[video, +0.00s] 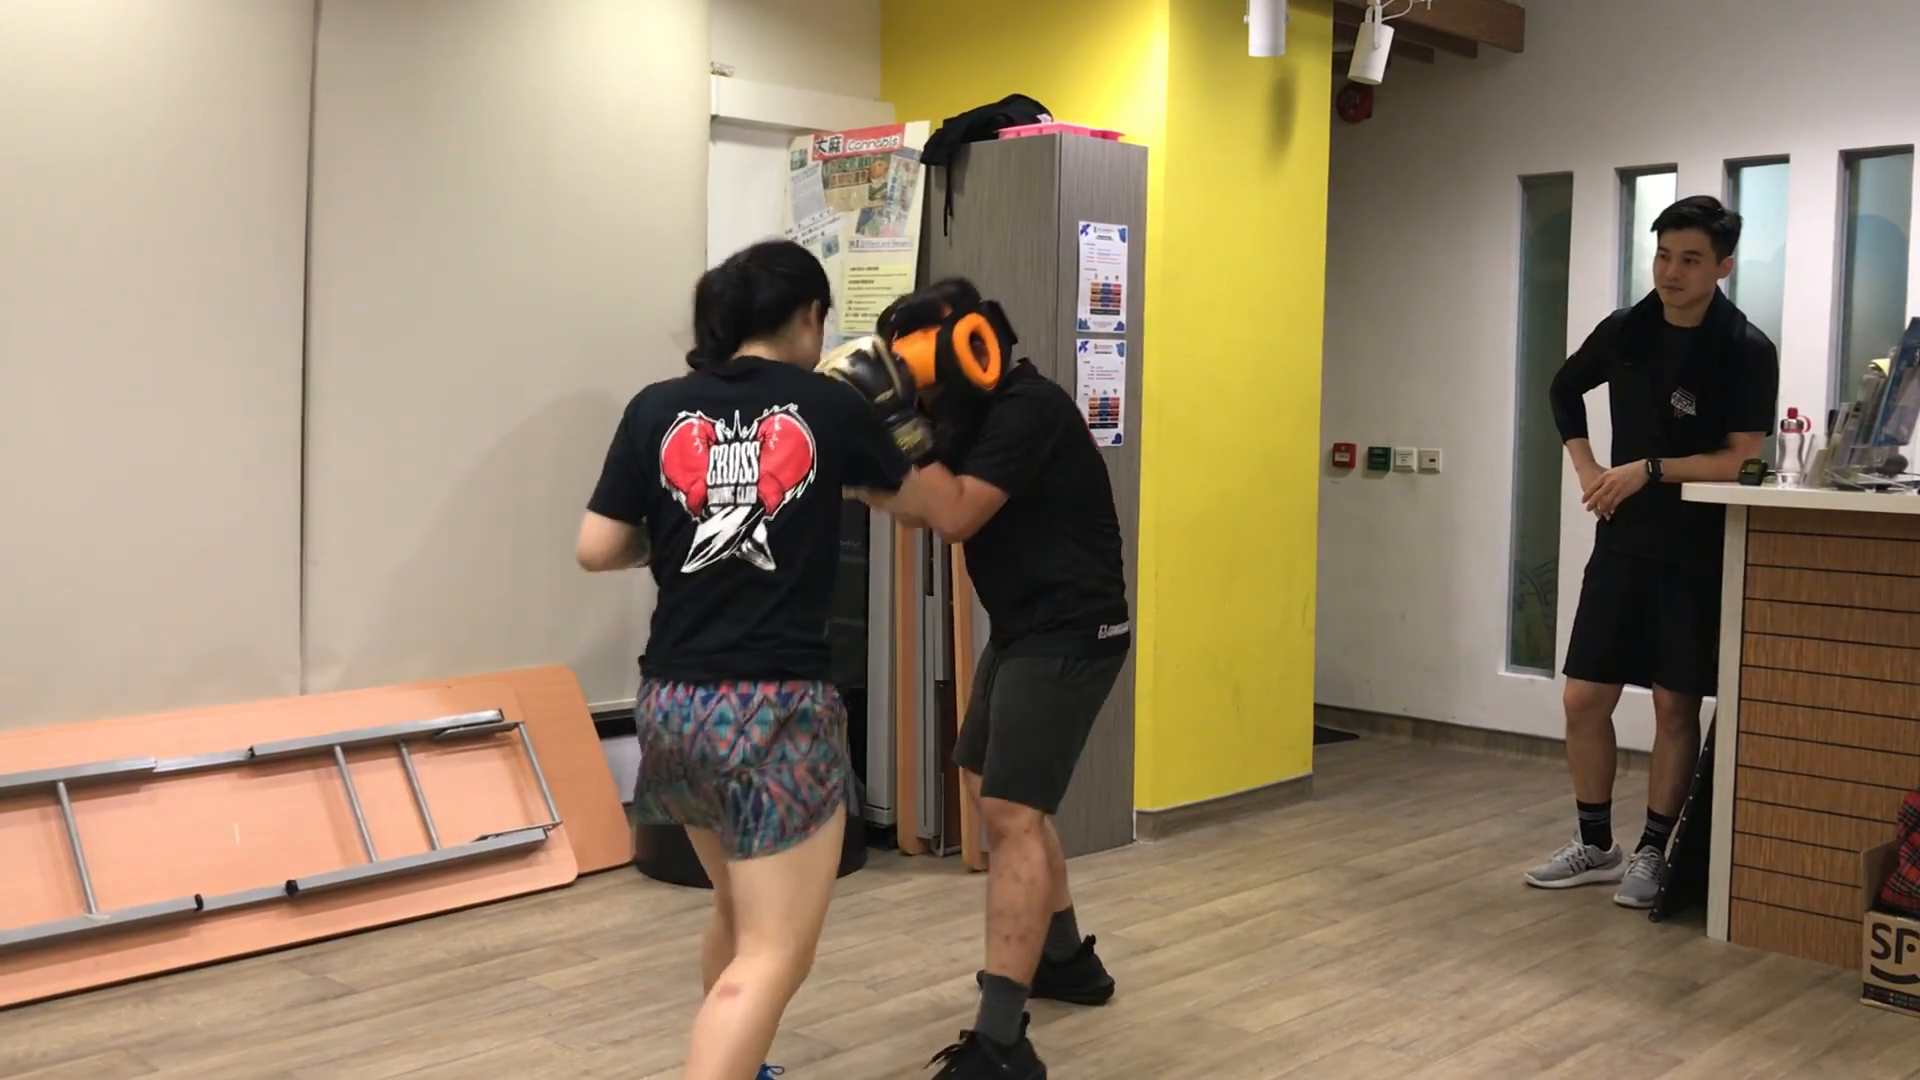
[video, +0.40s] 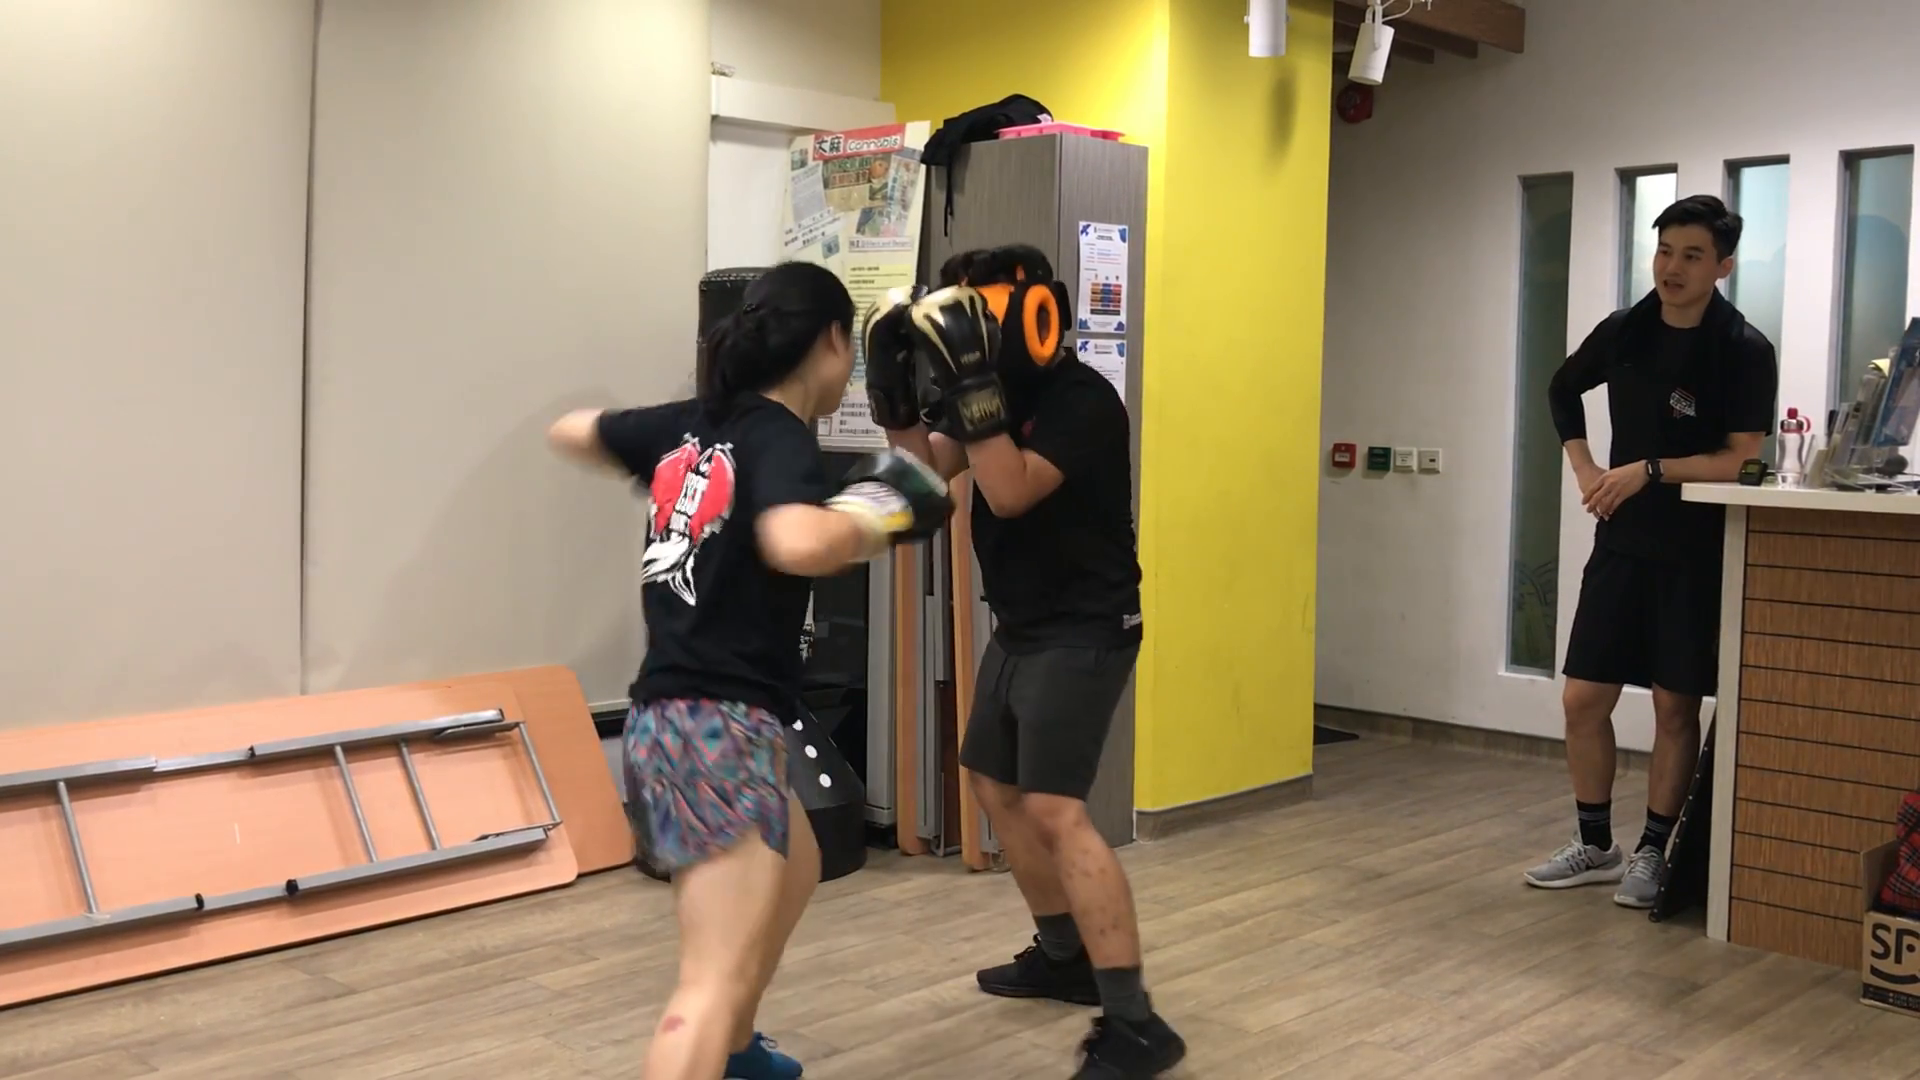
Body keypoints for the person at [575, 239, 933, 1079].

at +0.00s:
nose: (824, 335)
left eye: (825, 322)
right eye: (822, 320)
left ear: (725, 321)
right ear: (805, 318)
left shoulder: (655, 408)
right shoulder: (826, 404)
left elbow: (596, 548)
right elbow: (917, 497)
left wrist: (675, 521)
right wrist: (837, 472)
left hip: (670, 702)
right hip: (778, 707)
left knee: (732, 906)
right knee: (769, 956)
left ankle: (733, 1062)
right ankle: (703, 1070)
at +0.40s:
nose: (849, 362)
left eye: (848, 345)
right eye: (846, 344)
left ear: (756, 341)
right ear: (821, 344)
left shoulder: (685, 426)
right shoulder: (778, 434)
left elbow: (568, 431)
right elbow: (794, 541)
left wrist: (648, 455)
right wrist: (883, 515)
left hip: (662, 718)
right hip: (719, 726)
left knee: (795, 861)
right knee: (713, 992)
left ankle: (727, 1039)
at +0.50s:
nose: (853, 346)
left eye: (847, 329)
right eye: (846, 329)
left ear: (780, 339)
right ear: (819, 336)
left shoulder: (786, 434)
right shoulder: (759, 432)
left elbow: (701, 400)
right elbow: (646, 511)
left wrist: (700, 404)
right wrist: (735, 523)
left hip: (736, 707)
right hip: (696, 705)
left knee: (782, 878)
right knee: (711, 949)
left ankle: (715, 1043)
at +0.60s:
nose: (835, 342)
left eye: (832, 325)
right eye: (829, 323)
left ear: (773, 323)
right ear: (793, 320)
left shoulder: (769, 415)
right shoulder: (734, 408)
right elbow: (617, 470)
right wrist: (710, 486)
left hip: (740, 677)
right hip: (703, 681)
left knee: (758, 884)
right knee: (722, 908)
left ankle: (711, 1044)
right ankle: (676, 1069)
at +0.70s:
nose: (795, 348)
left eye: (798, 332)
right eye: (795, 328)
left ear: (723, 315)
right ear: (755, 309)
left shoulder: (660, 385)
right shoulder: (729, 378)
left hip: (644, 649)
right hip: (714, 653)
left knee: (715, 875)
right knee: (728, 889)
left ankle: (709, 1051)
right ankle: (601, 1070)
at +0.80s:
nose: (764, 350)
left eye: (765, 338)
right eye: (761, 336)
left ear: (679, 327)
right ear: (722, 322)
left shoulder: (608, 398)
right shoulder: (744, 388)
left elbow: (586, 522)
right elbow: (861, 374)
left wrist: (669, 474)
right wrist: (935, 353)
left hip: (611, 663)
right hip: (697, 667)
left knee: (686, 879)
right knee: (692, 895)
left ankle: (708, 1049)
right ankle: (519, 1064)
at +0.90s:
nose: (740, 363)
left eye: (741, 353)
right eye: (738, 351)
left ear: (650, 338)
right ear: (702, 330)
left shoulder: (572, 404)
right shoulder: (711, 384)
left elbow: (550, 543)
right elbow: (861, 379)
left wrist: (625, 479)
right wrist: (812, 378)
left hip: (591, 667)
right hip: (671, 674)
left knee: (689, 872)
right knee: (653, 896)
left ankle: (707, 1047)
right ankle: (470, 1053)